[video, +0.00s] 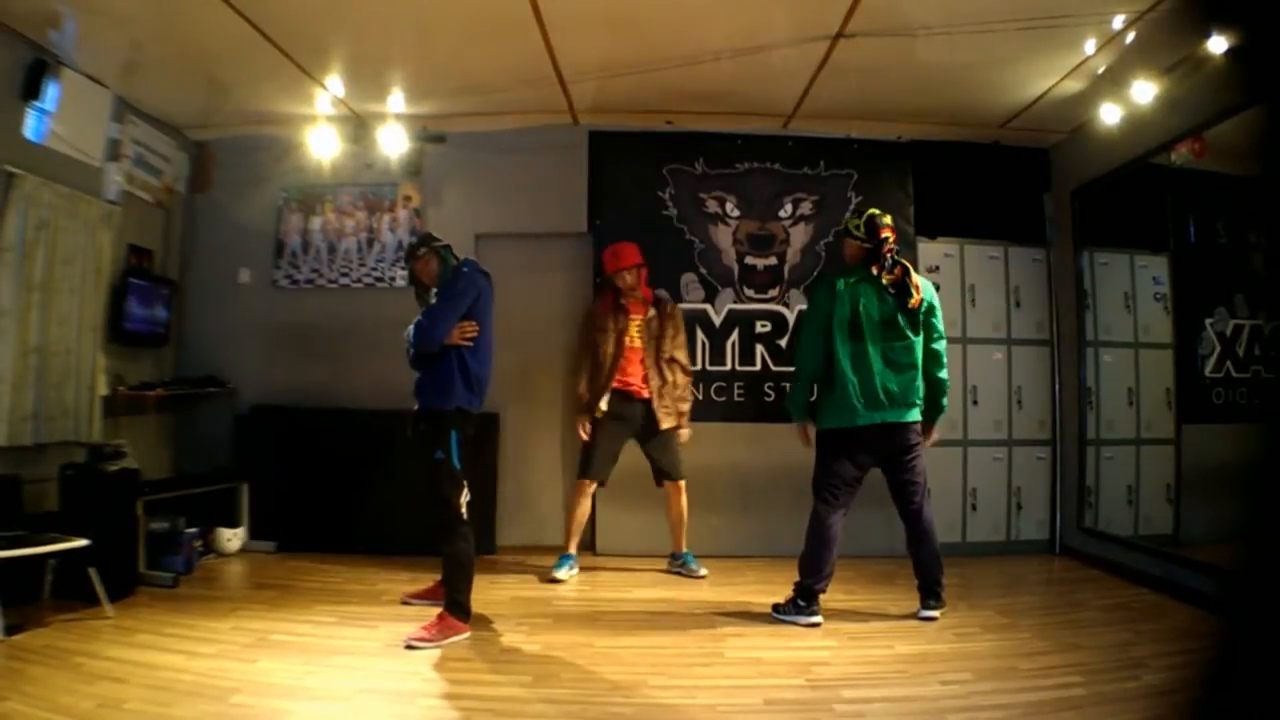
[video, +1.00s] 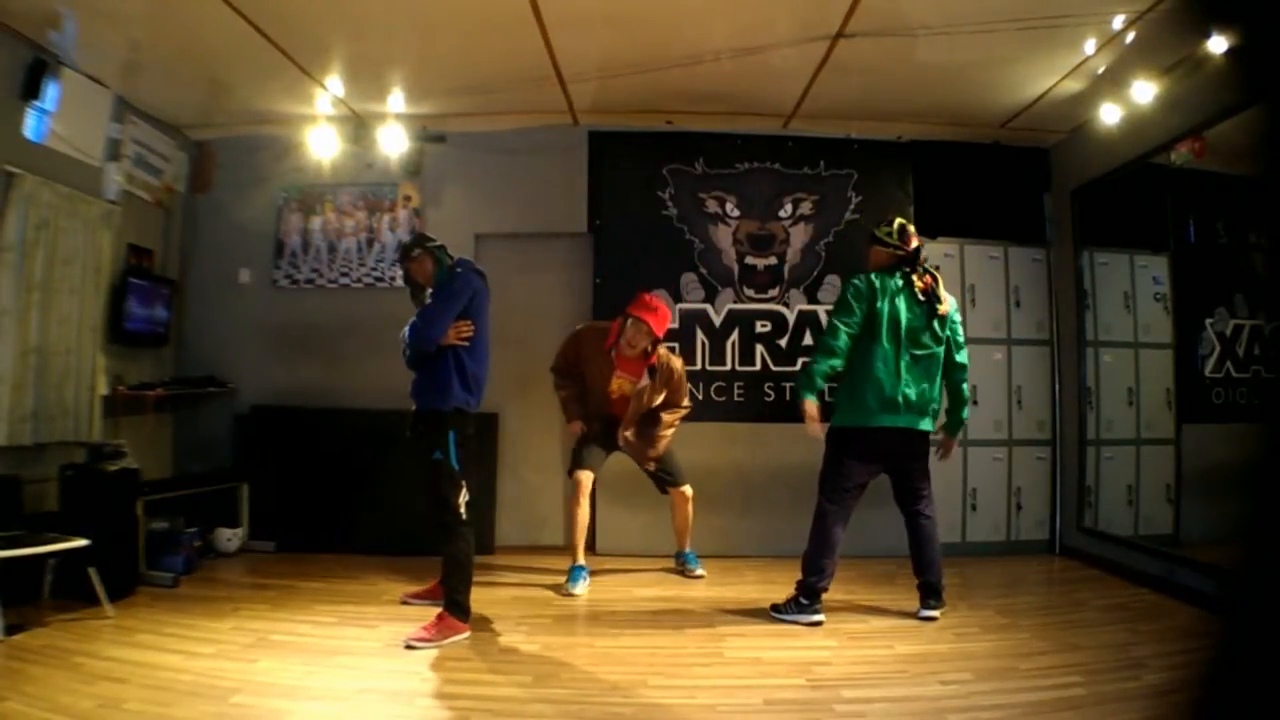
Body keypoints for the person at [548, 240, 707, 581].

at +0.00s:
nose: (625, 279)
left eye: (630, 272)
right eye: (618, 274)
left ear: (641, 271)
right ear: (611, 278)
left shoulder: (666, 312)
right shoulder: (601, 311)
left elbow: (679, 365)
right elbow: (585, 360)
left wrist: (682, 416)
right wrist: (583, 407)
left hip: (657, 408)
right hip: (613, 405)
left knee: (675, 480)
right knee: (587, 480)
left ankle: (680, 553)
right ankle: (569, 555)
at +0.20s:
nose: (656, 282)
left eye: (660, 274)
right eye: (648, 276)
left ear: (668, 275)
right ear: (635, 280)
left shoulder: (688, 315)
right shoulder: (619, 315)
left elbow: (703, 367)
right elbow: (608, 366)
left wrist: (702, 415)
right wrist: (603, 416)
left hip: (672, 408)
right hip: (630, 406)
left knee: (680, 485)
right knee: (603, 483)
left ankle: (687, 553)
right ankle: (575, 554)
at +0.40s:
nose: (665, 284)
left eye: (670, 277)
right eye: (658, 278)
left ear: (678, 278)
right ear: (646, 281)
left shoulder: (698, 318)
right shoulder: (629, 317)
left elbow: (707, 370)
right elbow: (617, 365)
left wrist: (698, 415)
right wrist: (608, 415)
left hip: (676, 412)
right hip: (635, 410)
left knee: (683, 489)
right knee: (603, 481)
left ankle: (688, 554)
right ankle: (578, 554)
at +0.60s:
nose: (653, 295)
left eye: (660, 288)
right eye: (648, 287)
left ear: (672, 289)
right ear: (638, 287)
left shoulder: (695, 321)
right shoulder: (622, 319)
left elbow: (716, 374)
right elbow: (608, 367)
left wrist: (699, 415)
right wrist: (606, 405)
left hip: (676, 417)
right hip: (632, 414)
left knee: (688, 497)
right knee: (604, 482)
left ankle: (689, 555)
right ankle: (581, 565)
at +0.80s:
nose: (636, 316)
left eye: (645, 311)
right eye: (634, 307)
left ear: (656, 316)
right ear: (625, 304)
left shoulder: (679, 346)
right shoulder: (599, 332)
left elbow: (700, 393)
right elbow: (584, 376)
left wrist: (684, 436)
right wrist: (591, 415)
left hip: (661, 421)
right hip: (616, 420)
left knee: (690, 496)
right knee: (596, 481)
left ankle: (689, 554)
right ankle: (579, 565)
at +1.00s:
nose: (635, 335)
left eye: (645, 333)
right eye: (634, 325)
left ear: (655, 338)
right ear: (625, 320)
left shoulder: (668, 366)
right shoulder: (590, 338)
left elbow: (677, 407)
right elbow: (562, 372)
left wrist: (651, 446)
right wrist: (573, 415)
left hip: (642, 429)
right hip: (598, 425)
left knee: (683, 492)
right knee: (581, 480)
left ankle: (684, 554)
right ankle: (578, 566)